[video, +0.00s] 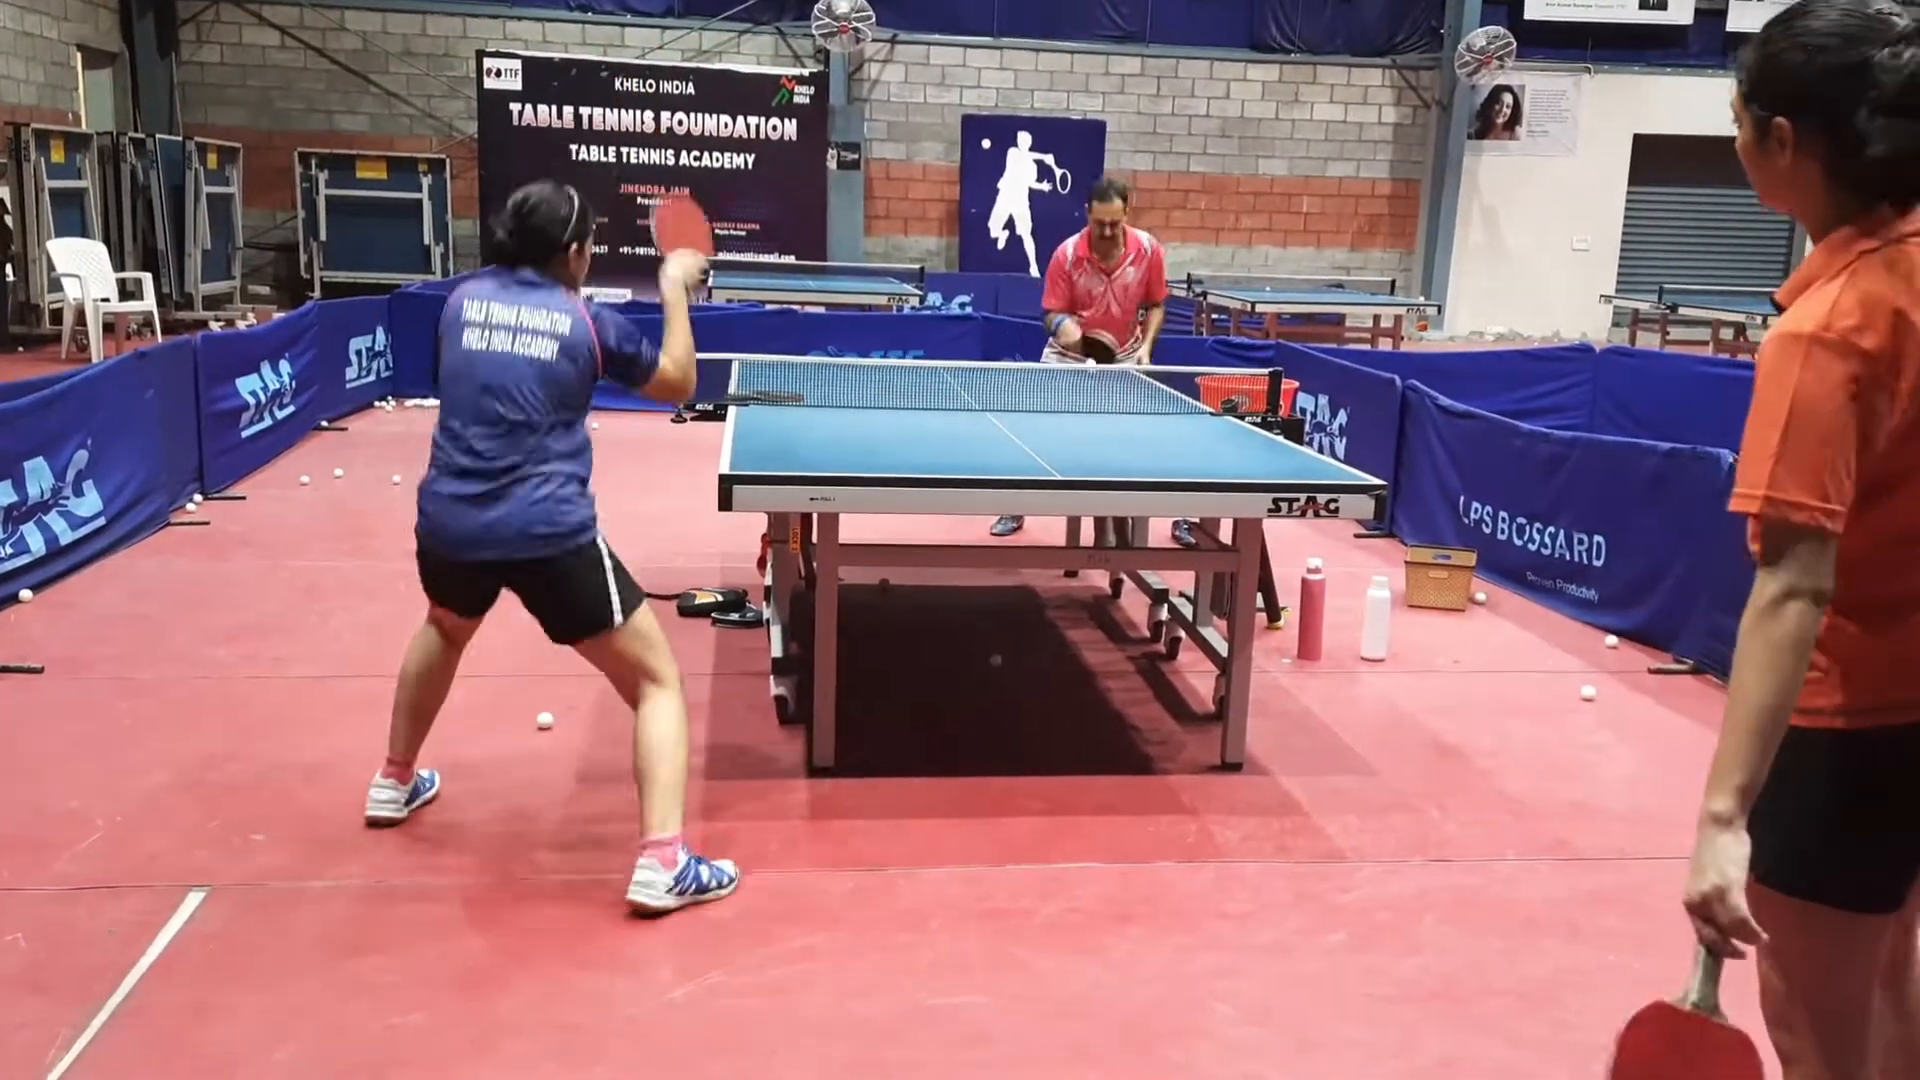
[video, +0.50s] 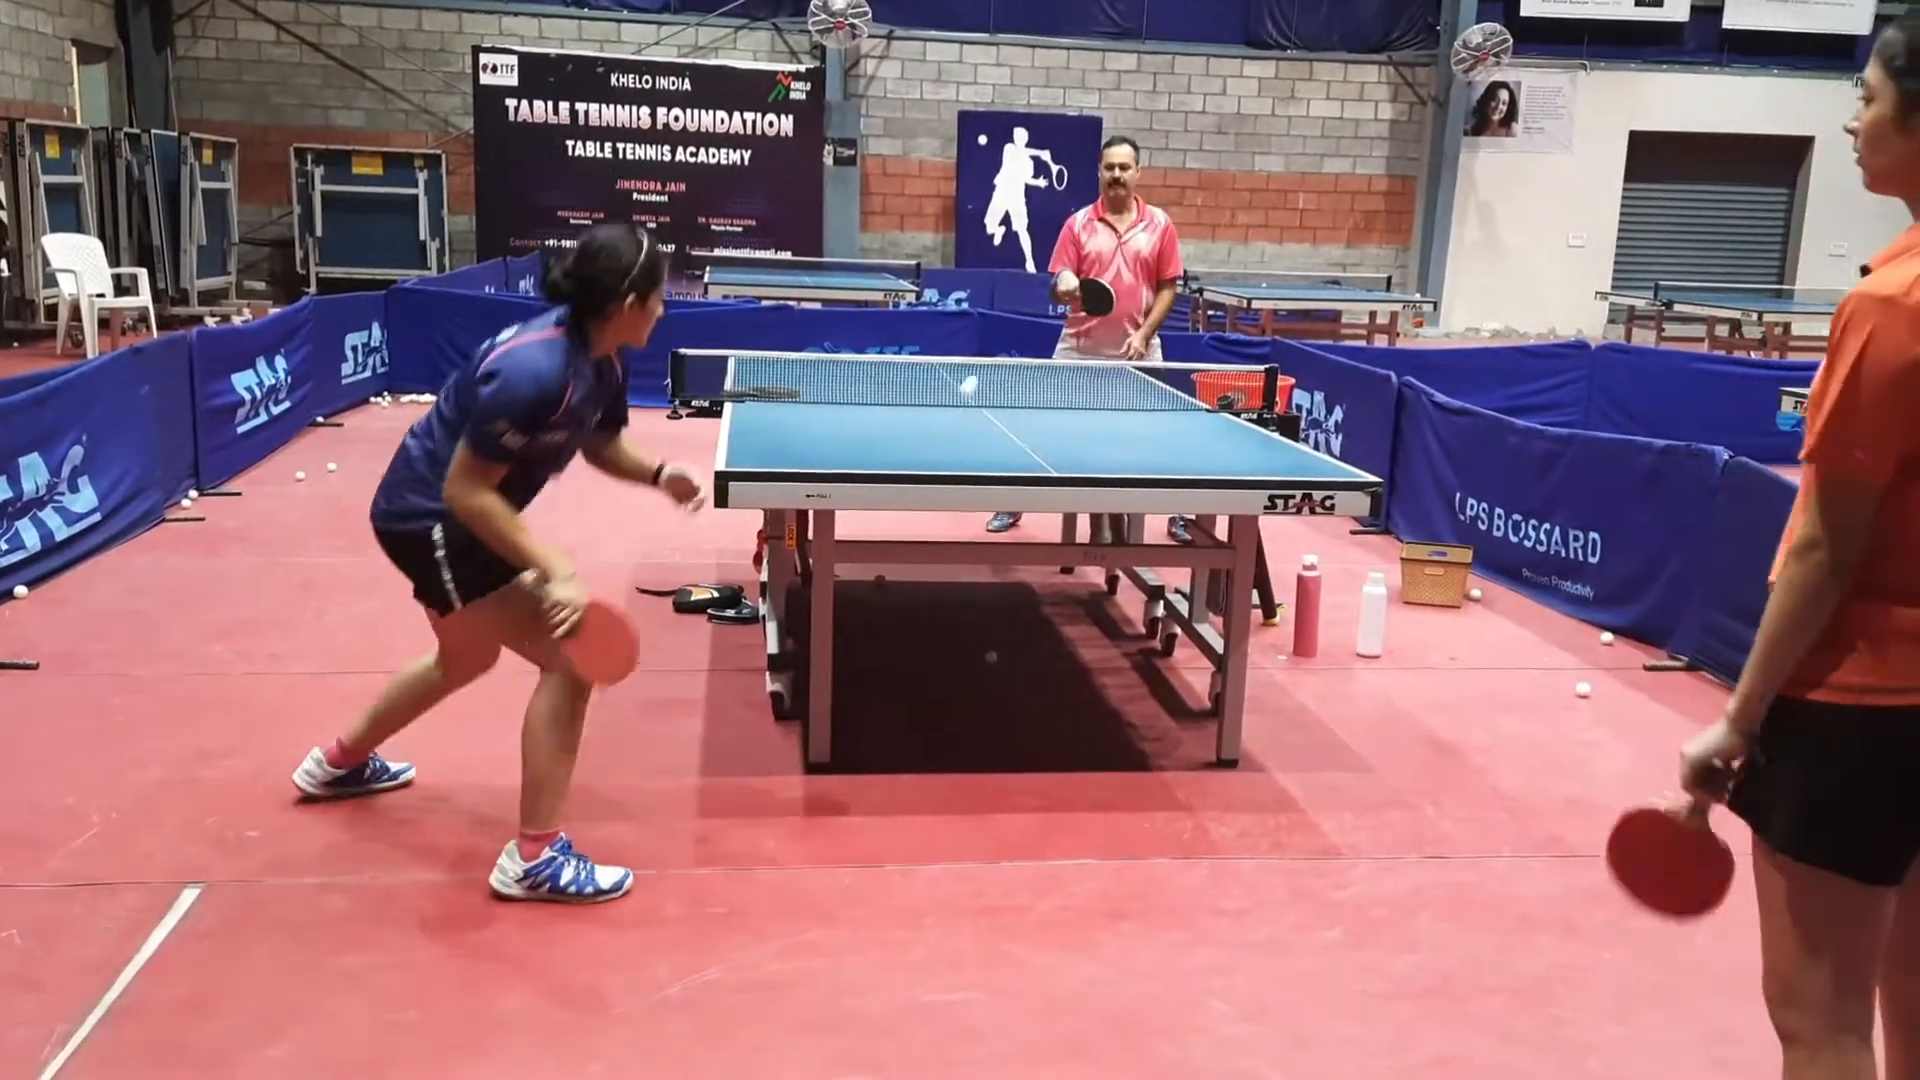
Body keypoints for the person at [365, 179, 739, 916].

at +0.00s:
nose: (589, 253)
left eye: (586, 241)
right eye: (586, 243)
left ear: (508, 243)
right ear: (571, 252)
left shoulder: (459, 301)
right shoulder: (587, 322)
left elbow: (462, 378)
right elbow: (678, 382)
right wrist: (674, 285)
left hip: (451, 528)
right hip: (550, 535)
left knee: (444, 628)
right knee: (654, 679)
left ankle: (392, 781)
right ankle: (664, 857)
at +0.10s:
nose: (595, 250)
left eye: (593, 237)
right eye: (592, 239)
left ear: (516, 238)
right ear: (576, 248)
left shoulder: (463, 297)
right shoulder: (590, 324)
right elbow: (668, 416)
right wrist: (696, 333)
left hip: (433, 517)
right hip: (530, 527)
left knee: (443, 623)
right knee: (640, 675)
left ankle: (391, 779)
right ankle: (662, 854)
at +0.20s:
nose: (623, 209)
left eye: (622, 197)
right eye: (619, 197)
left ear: (542, 195)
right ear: (596, 206)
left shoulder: (498, 244)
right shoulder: (594, 296)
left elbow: (533, 326)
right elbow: (628, 417)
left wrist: (615, 333)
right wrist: (701, 391)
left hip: (411, 472)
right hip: (500, 483)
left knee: (436, 615)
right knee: (598, 645)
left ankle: (390, 776)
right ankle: (643, 840)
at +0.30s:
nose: (647, 204)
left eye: (646, 190)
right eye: (642, 192)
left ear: (577, 192)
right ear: (617, 202)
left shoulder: (533, 233)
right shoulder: (586, 285)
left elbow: (555, 344)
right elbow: (570, 418)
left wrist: (644, 358)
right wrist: (661, 443)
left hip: (404, 447)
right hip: (471, 467)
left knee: (439, 608)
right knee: (578, 638)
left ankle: (375, 757)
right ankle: (556, 842)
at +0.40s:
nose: (662, 245)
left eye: (660, 231)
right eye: (657, 233)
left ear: (595, 234)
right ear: (628, 245)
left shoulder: (558, 272)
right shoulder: (565, 319)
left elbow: (573, 381)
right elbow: (514, 447)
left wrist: (663, 411)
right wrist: (609, 507)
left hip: (418, 470)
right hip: (450, 491)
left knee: (456, 621)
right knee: (571, 651)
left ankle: (353, 751)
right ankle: (537, 851)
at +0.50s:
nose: (660, 312)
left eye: (660, 299)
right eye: (656, 299)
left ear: (605, 299)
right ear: (626, 305)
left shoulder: (602, 362)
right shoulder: (532, 370)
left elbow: (603, 445)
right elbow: (465, 491)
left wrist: (655, 474)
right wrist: (552, 570)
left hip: (460, 513)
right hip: (428, 520)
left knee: (466, 655)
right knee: (571, 658)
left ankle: (339, 760)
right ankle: (536, 852)